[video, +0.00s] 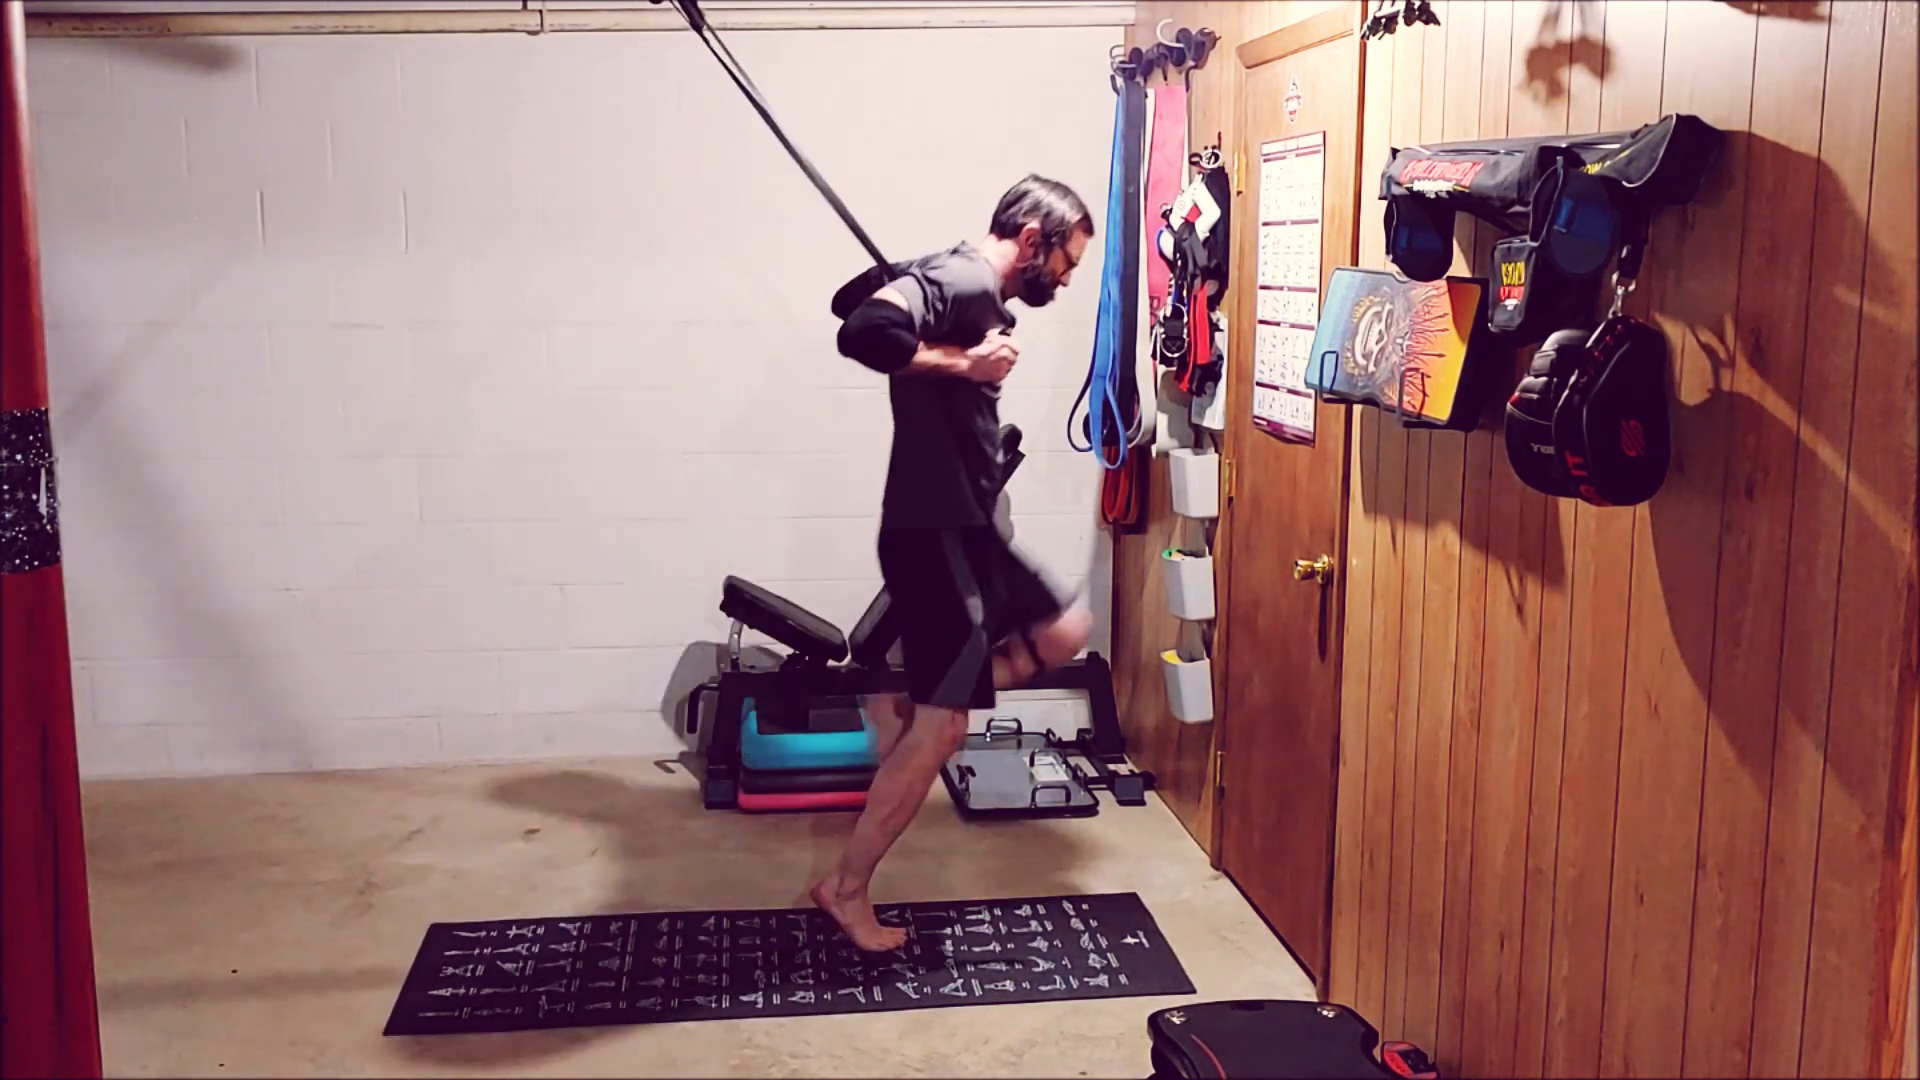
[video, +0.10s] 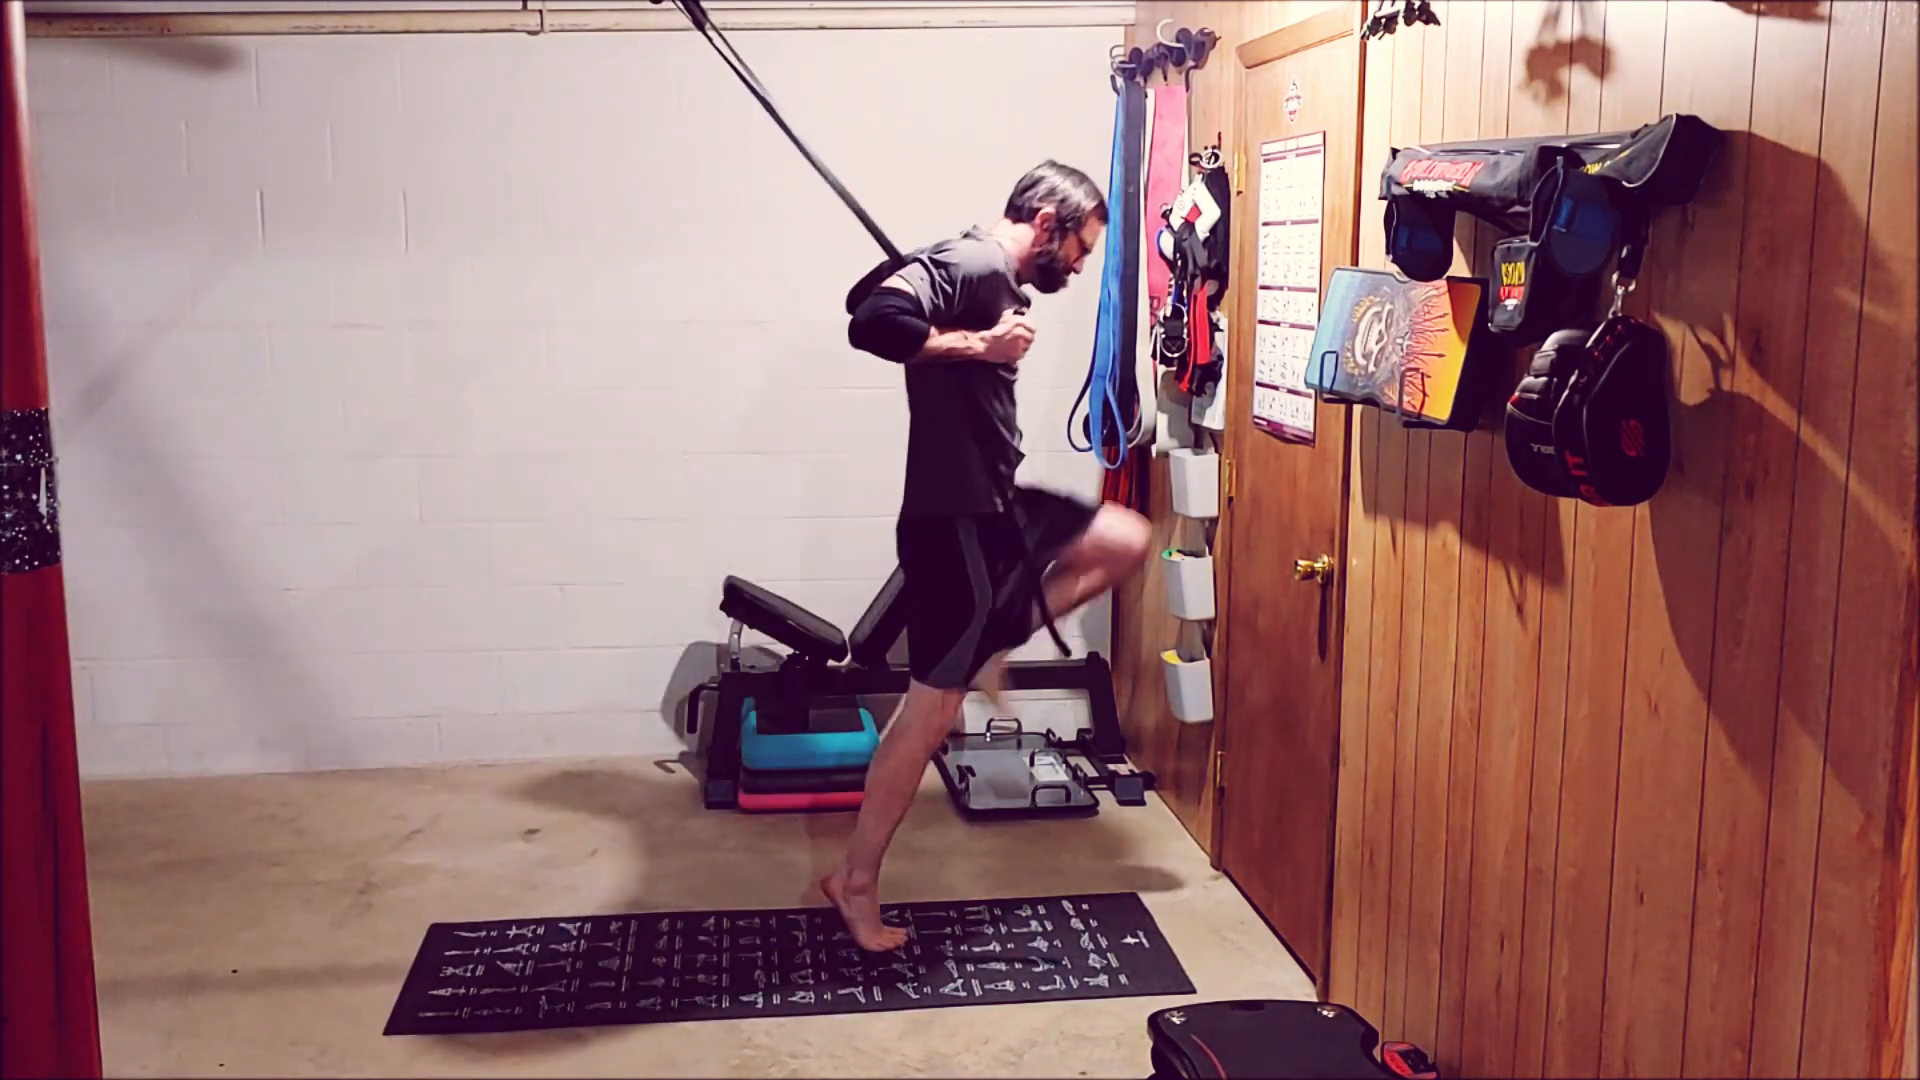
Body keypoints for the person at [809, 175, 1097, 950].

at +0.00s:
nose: (1066, 282)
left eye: (1073, 268)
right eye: (1068, 263)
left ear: (1025, 237)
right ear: (1030, 238)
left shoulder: (966, 283)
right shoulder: (963, 277)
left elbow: (854, 303)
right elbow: (863, 329)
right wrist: (966, 363)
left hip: (971, 528)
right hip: (933, 533)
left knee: (1063, 632)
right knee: (942, 722)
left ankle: (904, 702)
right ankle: (847, 886)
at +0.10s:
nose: (1081, 265)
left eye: (1088, 251)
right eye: (1083, 246)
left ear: (1042, 219)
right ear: (1049, 222)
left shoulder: (991, 271)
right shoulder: (975, 257)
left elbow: (872, 298)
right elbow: (875, 317)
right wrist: (981, 342)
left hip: (1001, 500)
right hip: (952, 515)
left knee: (1127, 538)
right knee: (930, 711)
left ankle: (994, 638)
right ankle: (856, 879)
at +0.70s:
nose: (1059, 285)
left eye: (1066, 271)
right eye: (1061, 267)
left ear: (1016, 246)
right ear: (1023, 246)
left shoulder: (964, 300)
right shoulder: (940, 292)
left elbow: (851, 326)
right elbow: (833, 355)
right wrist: (940, 375)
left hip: (973, 525)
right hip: (919, 544)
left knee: (1098, 577)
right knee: (888, 733)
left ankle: (963, 691)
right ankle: (818, 904)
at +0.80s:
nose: (1042, 296)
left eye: (1048, 282)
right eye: (1042, 277)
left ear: (999, 257)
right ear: (1002, 257)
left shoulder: (954, 320)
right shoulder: (917, 303)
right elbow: (811, 369)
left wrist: (955, 492)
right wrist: (919, 389)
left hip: (949, 545)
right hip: (898, 557)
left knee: (1059, 633)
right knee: (874, 744)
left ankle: (916, 728)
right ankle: (814, 912)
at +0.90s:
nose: (1021, 299)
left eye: (1027, 285)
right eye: (1021, 281)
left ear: (979, 262)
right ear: (978, 260)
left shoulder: (937, 322)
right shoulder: (897, 311)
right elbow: (788, 380)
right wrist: (900, 399)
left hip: (925, 554)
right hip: (877, 562)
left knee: (1010, 676)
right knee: (859, 742)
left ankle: (873, 755)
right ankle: (812, 914)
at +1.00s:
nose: (1003, 296)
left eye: (1008, 282)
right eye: (1002, 278)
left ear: (960, 260)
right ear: (959, 259)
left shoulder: (916, 322)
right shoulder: (878, 315)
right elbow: (771, 392)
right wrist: (883, 406)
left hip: (907, 558)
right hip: (859, 565)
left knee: (952, 707)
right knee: (846, 749)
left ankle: (820, 786)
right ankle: (810, 916)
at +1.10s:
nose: (985, 295)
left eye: (991, 281)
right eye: (983, 277)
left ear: (936, 260)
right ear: (938, 258)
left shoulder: (894, 321)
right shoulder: (862, 318)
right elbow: (757, 399)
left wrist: (903, 377)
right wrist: (867, 414)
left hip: (872, 558)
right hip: (839, 563)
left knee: (886, 722)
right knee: (843, 740)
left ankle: (732, 834)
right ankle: (810, 915)